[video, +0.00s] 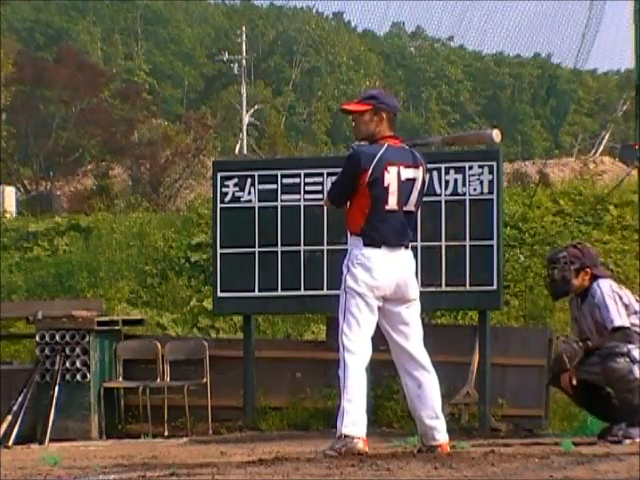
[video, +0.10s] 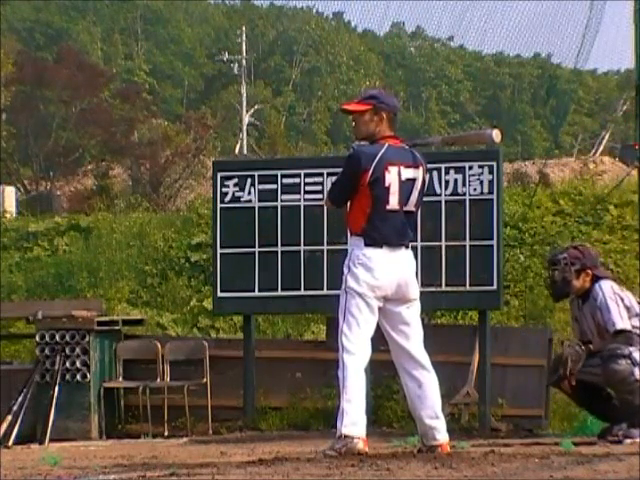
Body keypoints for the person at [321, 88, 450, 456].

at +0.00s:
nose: (354, 123)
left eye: (359, 117)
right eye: (354, 117)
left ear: (380, 119)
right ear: (384, 121)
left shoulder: (363, 155)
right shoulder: (416, 159)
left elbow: (335, 199)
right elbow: (405, 203)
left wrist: (357, 171)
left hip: (367, 261)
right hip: (403, 261)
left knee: (354, 349)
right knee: (413, 352)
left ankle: (352, 435)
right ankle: (436, 437)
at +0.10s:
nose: (354, 123)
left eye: (359, 117)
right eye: (354, 117)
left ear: (380, 119)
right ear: (384, 121)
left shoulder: (363, 155)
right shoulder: (416, 159)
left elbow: (335, 200)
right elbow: (405, 203)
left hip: (368, 261)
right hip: (404, 261)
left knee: (354, 349)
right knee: (413, 353)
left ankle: (352, 435)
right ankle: (437, 437)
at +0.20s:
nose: (354, 122)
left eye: (359, 116)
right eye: (354, 116)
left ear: (380, 118)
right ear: (384, 120)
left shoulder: (364, 154)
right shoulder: (416, 158)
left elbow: (335, 199)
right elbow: (404, 203)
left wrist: (358, 170)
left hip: (369, 260)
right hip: (405, 261)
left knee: (353, 348)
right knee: (410, 353)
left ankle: (352, 435)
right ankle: (437, 437)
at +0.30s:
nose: (354, 122)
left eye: (359, 116)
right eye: (355, 116)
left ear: (380, 117)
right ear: (385, 120)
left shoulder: (364, 153)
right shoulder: (417, 157)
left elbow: (334, 199)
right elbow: (403, 200)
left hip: (370, 260)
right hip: (406, 260)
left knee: (354, 349)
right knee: (408, 353)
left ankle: (351, 435)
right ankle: (439, 434)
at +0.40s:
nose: (356, 122)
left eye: (361, 116)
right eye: (357, 116)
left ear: (382, 118)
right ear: (387, 120)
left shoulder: (365, 155)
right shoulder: (418, 158)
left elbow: (336, 199)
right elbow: (406, 199)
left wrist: (365, 172)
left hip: (373, 259)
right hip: (409, 260)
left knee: (354, 348)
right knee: (411, 353)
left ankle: (351, 434)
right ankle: (441, 434)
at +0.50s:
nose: (358, 123)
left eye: (363, 117)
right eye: (358, 117)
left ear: (384, 119)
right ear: (388, 121)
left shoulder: (367, 156)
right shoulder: (422, 159)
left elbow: (339, 200)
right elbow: (407, 196)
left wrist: (364, 175)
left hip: (378, 260)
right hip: (414, 261)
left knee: (356, 349)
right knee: (413, 355)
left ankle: (351, 434)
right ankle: (441, 434)